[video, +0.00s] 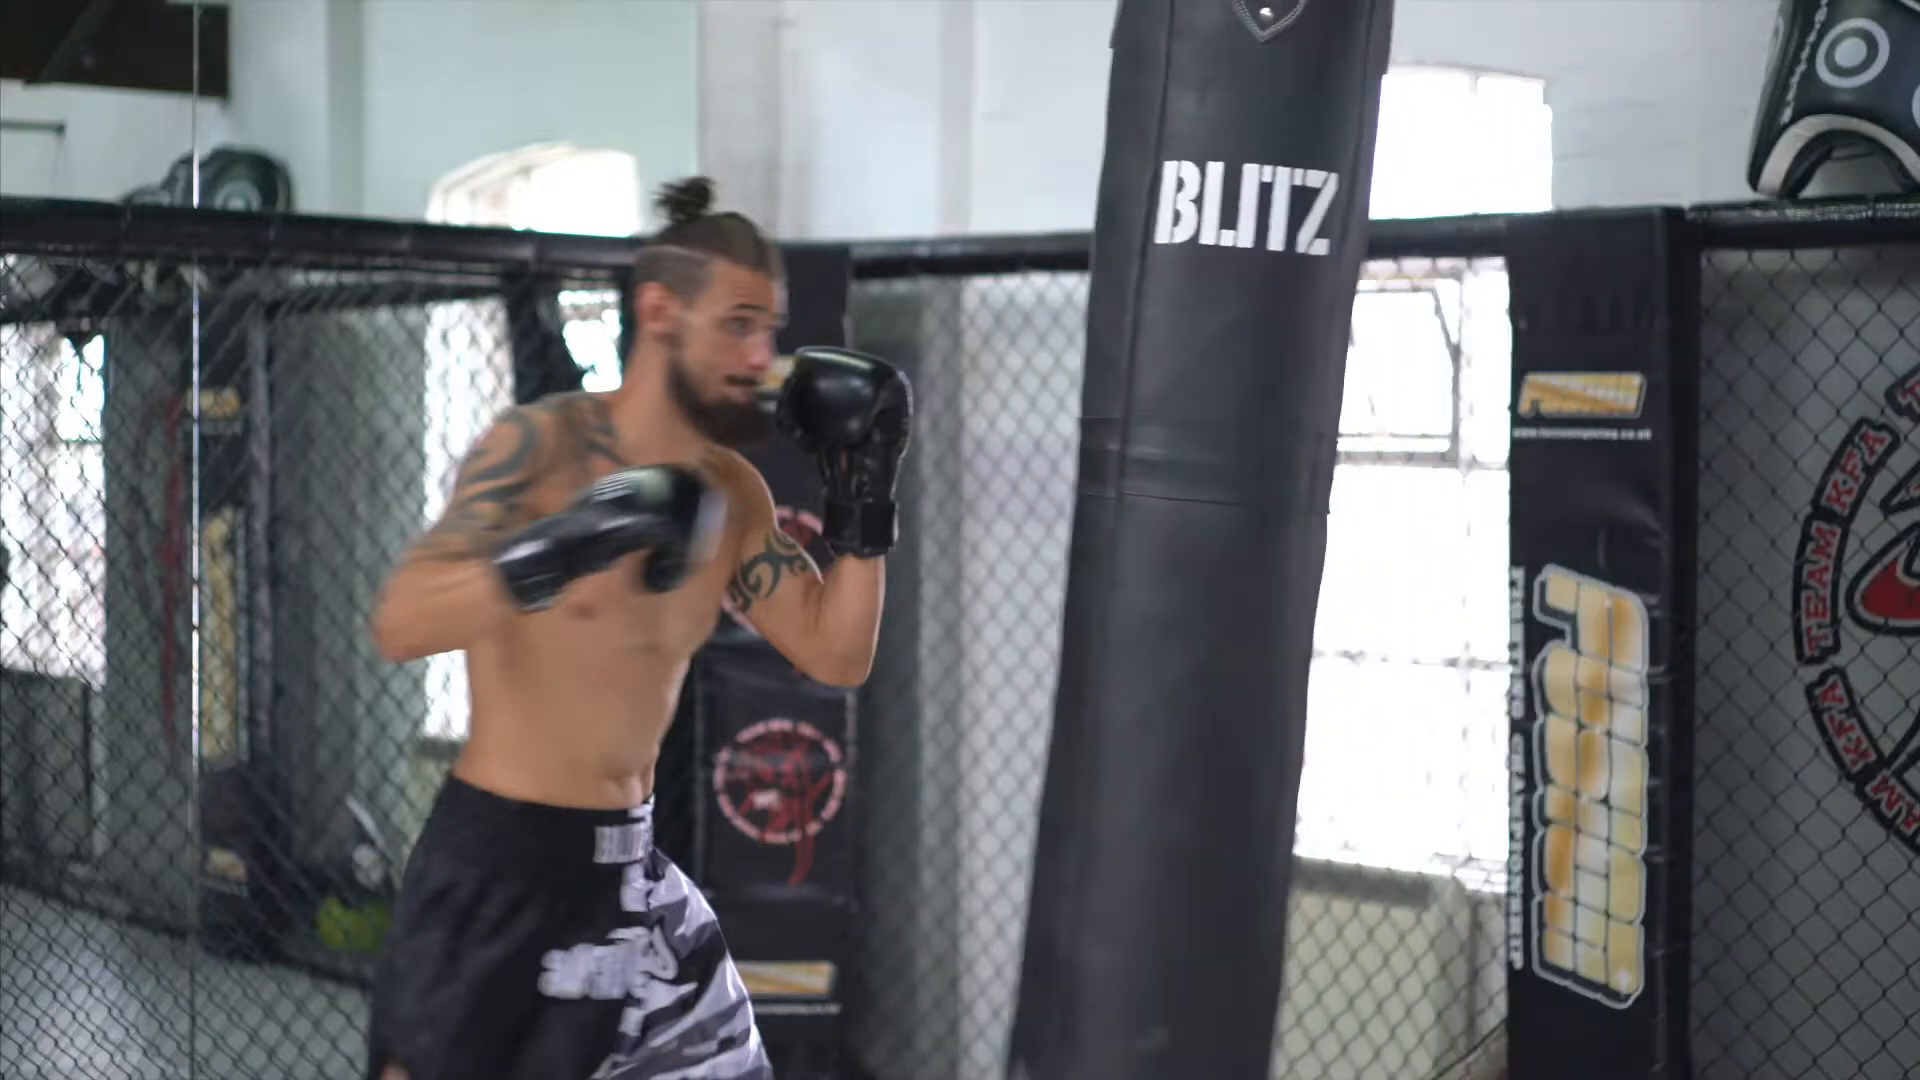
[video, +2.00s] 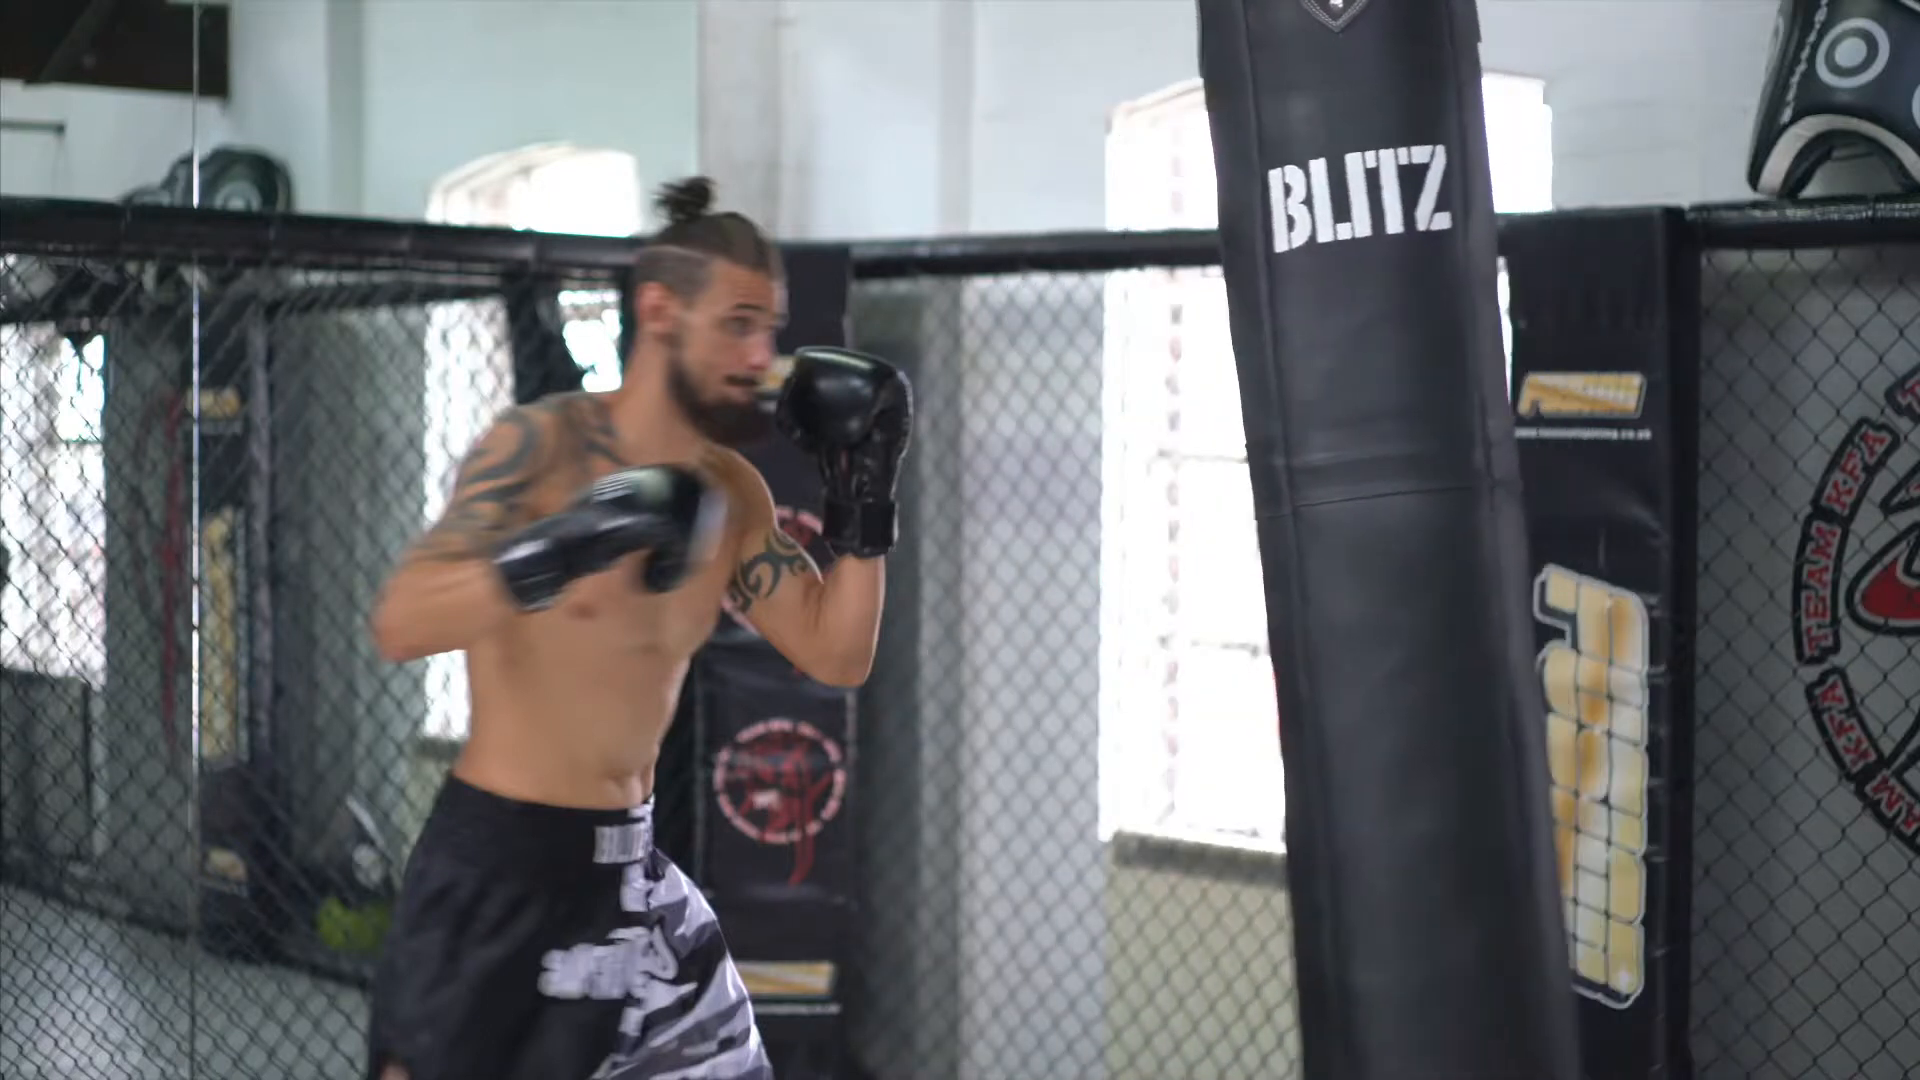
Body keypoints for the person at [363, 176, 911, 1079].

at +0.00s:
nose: (762, 358)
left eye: (772, 332)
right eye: (739, 326)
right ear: (656, 310)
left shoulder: (733, 492)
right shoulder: (539, 439)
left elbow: (839, 655)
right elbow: (401, 623)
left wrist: (865, 483)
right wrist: (568, 547)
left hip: (636, 867)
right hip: (500, 866)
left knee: (732, 1066)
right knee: (442, 1065)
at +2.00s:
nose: (762, 358)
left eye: (772, 331)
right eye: (739, 325)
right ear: (656, 310)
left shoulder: (733, 493)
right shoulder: (538, 440)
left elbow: (839, 655)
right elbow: (401, 623)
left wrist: (864, 483)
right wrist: (569, 547)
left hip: (636, 868)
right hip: (499, 866)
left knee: (732, 1066)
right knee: (442, 1065)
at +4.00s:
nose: (763, 357)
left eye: (772, 331)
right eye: (740, 325)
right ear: (656, 309)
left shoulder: (733, 492)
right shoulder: (538, 440)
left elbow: (839, 655)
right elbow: (400, 623)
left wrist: (865, 481)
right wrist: (567, 547)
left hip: (636, 867)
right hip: (500, 866)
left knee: (732, 1066)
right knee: (442, 1065)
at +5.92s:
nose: (763, 357)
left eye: (772, 331)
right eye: (739, 325)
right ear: (656, 309)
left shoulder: (733, 493)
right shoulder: (538, 441)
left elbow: (839, 655)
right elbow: (400, 623)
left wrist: (865, 480)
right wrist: (568, 546)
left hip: (636, 868)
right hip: (500, 867)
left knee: (732, 1066)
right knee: (441, 1065)